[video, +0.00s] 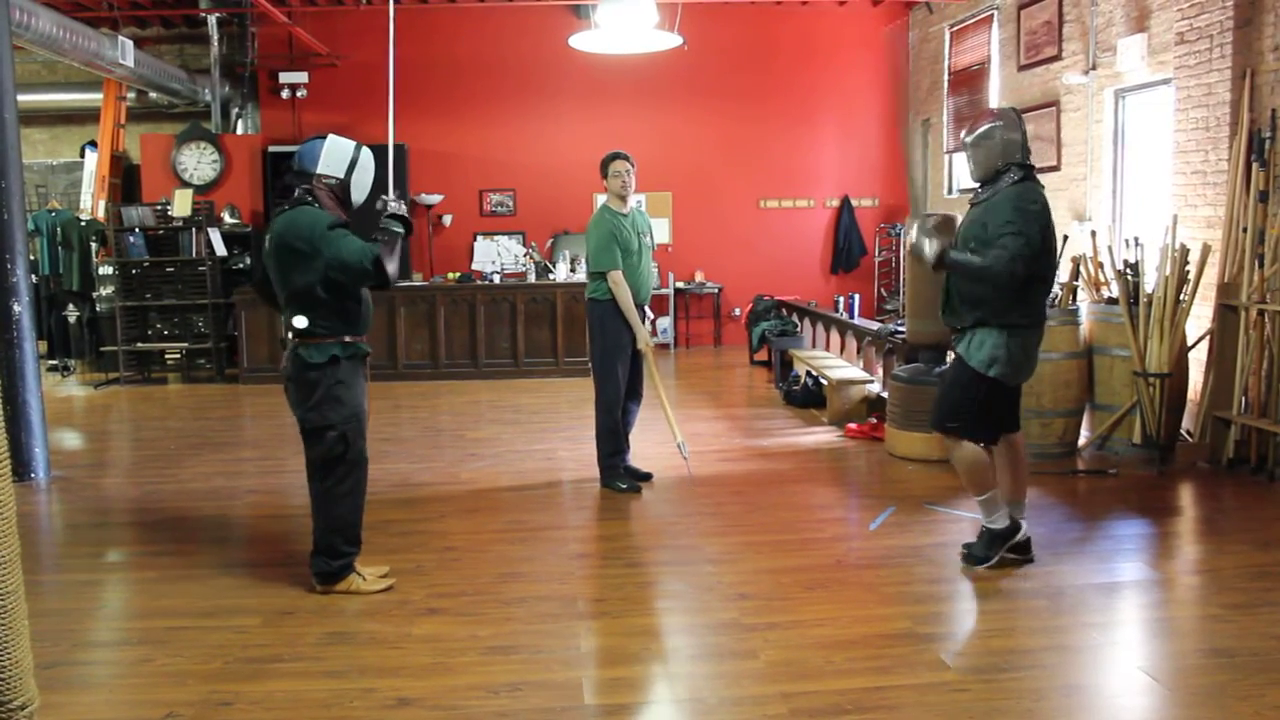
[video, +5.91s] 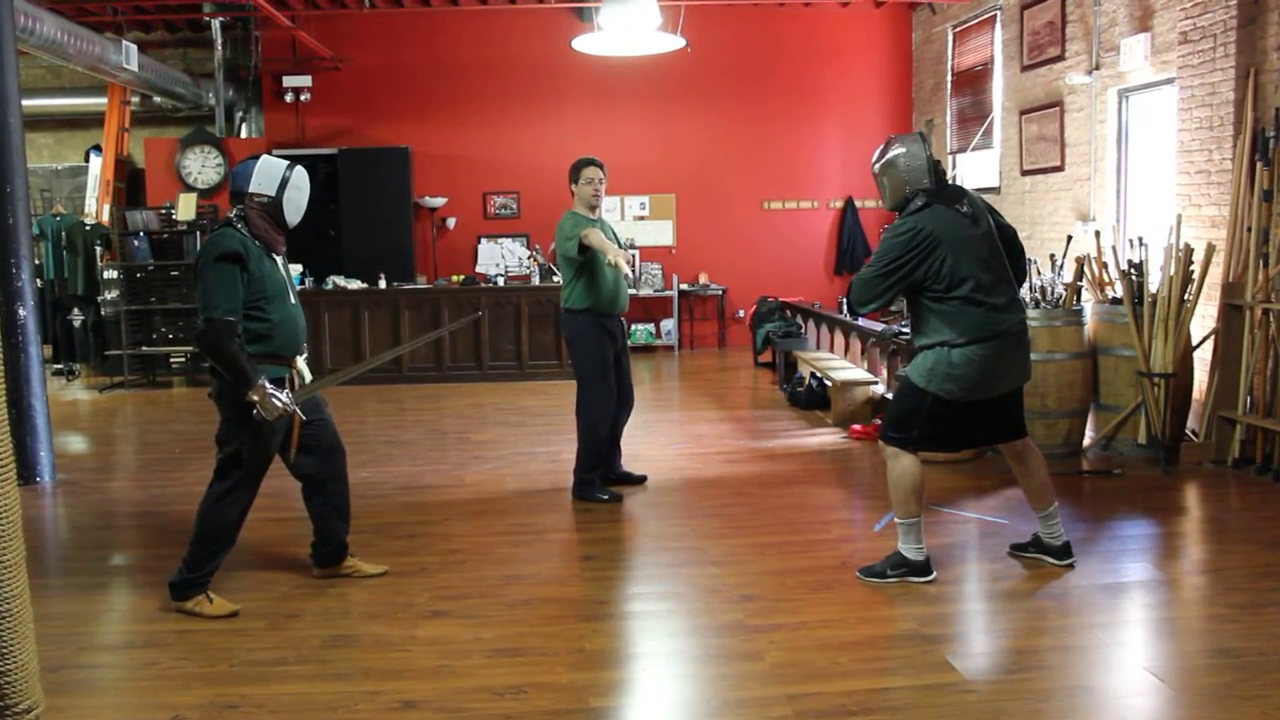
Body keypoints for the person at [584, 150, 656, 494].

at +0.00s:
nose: (625, 179)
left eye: (629, 173)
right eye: (617, 175)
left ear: (635, 179)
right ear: (605, 182)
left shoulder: (640, 217)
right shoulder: (603, 222)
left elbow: (644, 264)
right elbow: (615, 280)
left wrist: (645, 306)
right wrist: (638, 328)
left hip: (634, 307)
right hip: (608, 309)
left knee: (632, 390)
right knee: (611, 391)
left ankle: (620, 460)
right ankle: (610, 470)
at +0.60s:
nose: (628, 179)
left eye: (632, 174)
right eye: (621, 174)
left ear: (638, 179)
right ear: (608, 181)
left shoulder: (640, 219)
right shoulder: (605, 217)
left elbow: (652, 258)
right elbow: (621, 255)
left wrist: (652, 296)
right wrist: (648, 285)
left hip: (633, 308)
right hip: (607, 308)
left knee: (632, 389)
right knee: (611, 389)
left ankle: (620, 460)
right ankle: (610, 469)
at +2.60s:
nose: (601, 180)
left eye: (605, 175)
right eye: (594, 175)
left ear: (609, 181)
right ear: (579, 180)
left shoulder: (605, 220)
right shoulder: (574, 213)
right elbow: (598, 231)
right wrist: (620, 246)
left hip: (609, 314)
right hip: (584, 314)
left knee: (610, 395)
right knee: (584, 396)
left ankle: (606, 467)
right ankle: (580, 480)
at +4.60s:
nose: (599, 181)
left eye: (603, 175)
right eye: (591, 175)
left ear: (608, 181)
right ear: (576, 180)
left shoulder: (604, 220)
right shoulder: (573, 213)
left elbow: (620, 250)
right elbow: (592, 231)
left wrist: (625, 251)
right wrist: (614, 246)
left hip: (609, 314)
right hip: (584, 314)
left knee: (612, 394)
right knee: (586, 396)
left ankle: (608, 466)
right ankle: (582, 479)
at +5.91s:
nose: (597, 187)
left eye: (601, 181)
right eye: (589, 181)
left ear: (605, 187)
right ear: (574, 187)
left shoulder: (604, 226)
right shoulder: (570, 221)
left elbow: (614, 256)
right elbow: (590, 237)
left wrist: (622, 257)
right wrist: (613, 253)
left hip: (611, 320)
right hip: (585, 322)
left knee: (621, 398)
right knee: (596, 400)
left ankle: (609, 469)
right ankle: (586, 482)